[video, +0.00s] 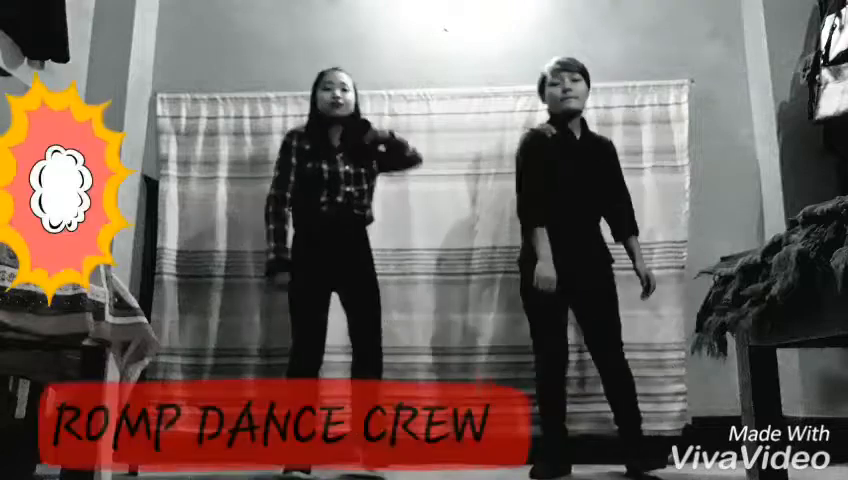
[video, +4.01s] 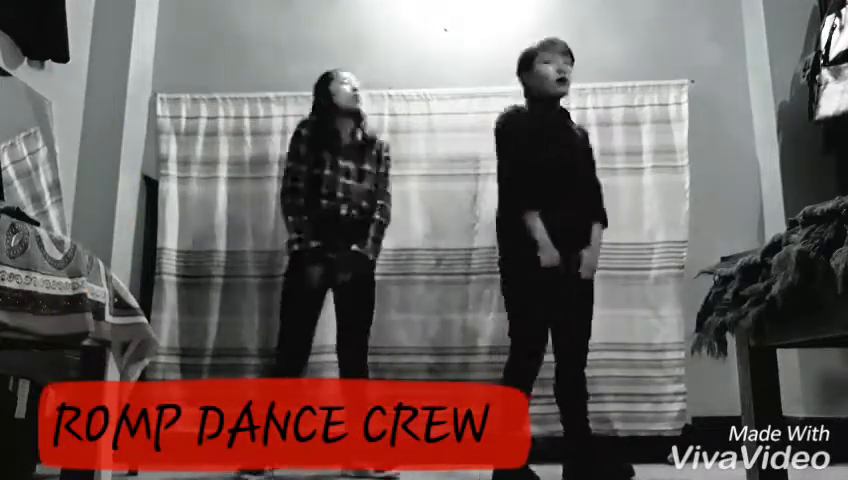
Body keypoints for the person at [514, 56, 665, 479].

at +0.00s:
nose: (565, 87)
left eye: (573, 81)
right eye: (556, 83)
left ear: (588, 93)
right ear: (544, 96)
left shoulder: (601, 148)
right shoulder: (535, 144)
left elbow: (617, 207)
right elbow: (529, 205)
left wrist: (638, 261)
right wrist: (544, 257)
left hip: (590, 261)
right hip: (543, 263)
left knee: (610, 355)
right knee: (551, 362)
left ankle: (635, 450)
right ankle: (554, 457)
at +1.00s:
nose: (549, 94)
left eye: (559, 87)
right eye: (541, 88)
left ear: (574, 95)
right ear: (530, 96)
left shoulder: (582, 148)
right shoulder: (515, 140)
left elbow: (584, 212)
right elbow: (493, 193)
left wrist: (619, 212)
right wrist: (539, 175)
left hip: (581, 263)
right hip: (532, 265)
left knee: (597, 359)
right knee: (536, 363)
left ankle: (610, 456)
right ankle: (533, 455)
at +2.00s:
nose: (530, 80)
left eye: (539, 75)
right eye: (519, 76)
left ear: (551, 90)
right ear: (506, 93)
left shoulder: (562, 148)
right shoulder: (500, 135)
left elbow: (591, 198)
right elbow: (525, 189)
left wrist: (634, 245)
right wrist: (576, 218)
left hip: (553, 262)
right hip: (505, 264)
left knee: (576, 356)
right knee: (509, 360)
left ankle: (595, 456)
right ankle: (500, 459)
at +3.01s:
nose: (571, 85)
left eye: (571, 79)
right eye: (562, 77)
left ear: (540, 90)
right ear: (536, 84)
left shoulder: (525, 131)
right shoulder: (541, 129)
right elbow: (566, 193)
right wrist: (611, 240)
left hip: (508, 260)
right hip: (536, 262)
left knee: (512, 353)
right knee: (573, 350)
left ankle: (482, 448)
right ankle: (583, 453)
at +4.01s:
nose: (562, 70)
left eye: (567, 65)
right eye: (550, 63)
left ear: (571, 77)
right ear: (526, 74)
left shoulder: (576, 133)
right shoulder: (514, 123)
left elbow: (592, 193)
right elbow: (518, 188)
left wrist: (594, 244)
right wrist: (543, 241)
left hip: (573, 258)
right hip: (526, 255)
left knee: (572, 358)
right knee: (527, 353)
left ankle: (579, 452)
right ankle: (505, 452)